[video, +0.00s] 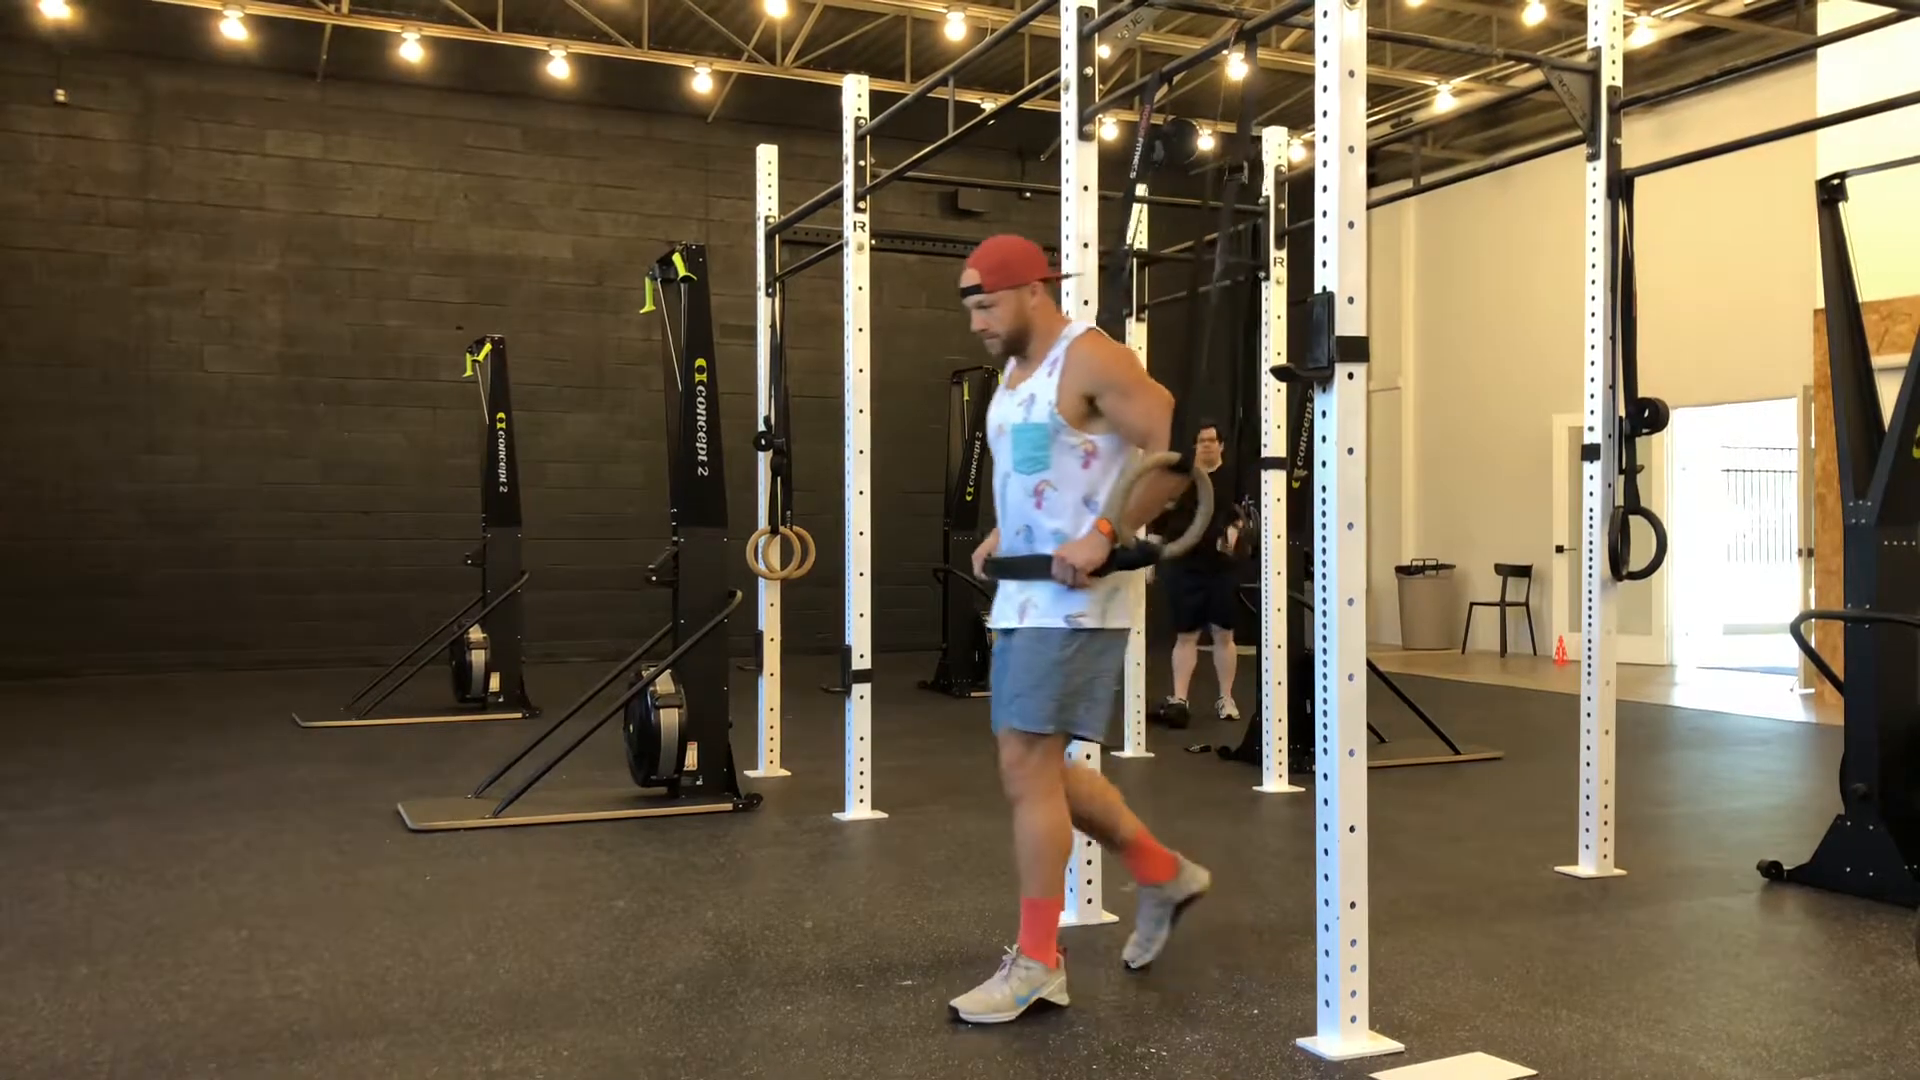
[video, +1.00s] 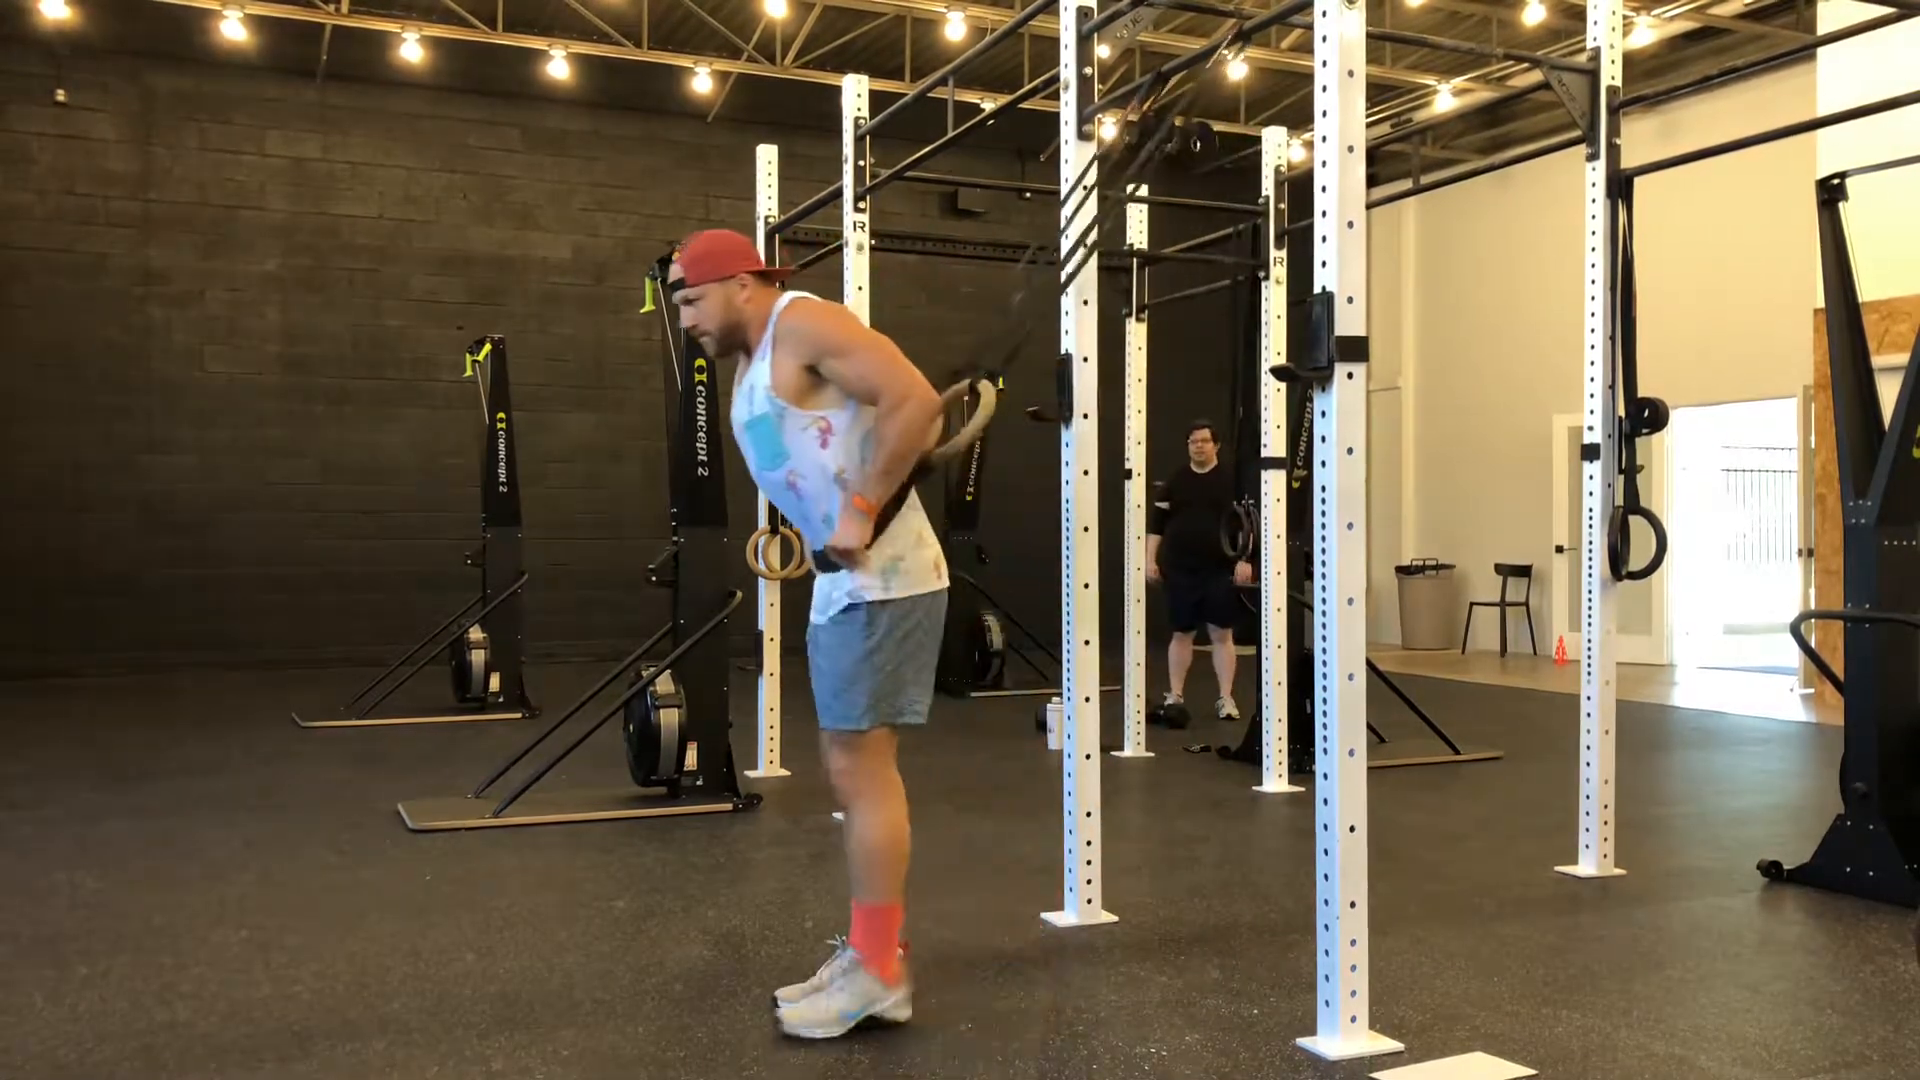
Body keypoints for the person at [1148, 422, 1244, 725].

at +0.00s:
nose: (1209, 446)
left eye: (1213, 441)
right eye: (1203, 441)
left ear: (1222, 445)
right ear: (1193, 447)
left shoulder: (1233, 479)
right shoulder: (1179, 481)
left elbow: (1245, 515)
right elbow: (1157, 523)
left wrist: (1237, 533)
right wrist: (1149, 560)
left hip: (1221, 565)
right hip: (1184, 566)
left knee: (1224, 635)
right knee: (1186, 635)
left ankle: (1226, 698)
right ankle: (1179, 699)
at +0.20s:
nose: (1214, 447)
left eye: (1219, 441)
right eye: (1209, 442)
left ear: (1229, 445)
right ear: (1201, 446)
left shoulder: (1241, 478)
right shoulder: (1187, 478)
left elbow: (1255, 517)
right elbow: (1172, 516)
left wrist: (1243, 539)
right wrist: (1165, 555)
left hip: (1226, 567)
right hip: (1190, 566)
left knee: (1228, 635)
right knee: (1189, 634)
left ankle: (1227, 699)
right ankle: (1179, 698)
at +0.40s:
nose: (1216, 448)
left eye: (1221, 442)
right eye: (1211, 443)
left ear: (1232, 445)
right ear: (1203, 446)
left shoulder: (1245, 480)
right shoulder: (1191, 480)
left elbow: (1258, 522)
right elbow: (1174, 520)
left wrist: (1248, 555)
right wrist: (1171, 555)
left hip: (1229, 569)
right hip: (1193, 567)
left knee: (1229, 634)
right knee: (1186, 634)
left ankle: (1226, 698)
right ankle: (1173, 696)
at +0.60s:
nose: (1215, 447)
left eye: (1221, 442)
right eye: (1209, 442)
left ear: (1231, 445)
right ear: (1202, 446)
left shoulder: (1243, 480)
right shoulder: (1189, 480)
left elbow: (1256, 525)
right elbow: (1173, 523)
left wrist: (1254, 563)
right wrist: (1169, 558)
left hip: (1230, 570)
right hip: (1192, 567)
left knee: (1229, 634)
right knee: (1184, 632)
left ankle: (1227, 698)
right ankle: (1172, 694)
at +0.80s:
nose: (1206, 447)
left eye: (1211, 441)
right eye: (1201, 442)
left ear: (1223, 445)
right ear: (1194, 446)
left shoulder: (1238, 480)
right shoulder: (1181, 481)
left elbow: (1254, 524)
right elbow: (1165, 524)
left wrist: (1253, 561)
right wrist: (1160, 560)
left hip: (1226, 569)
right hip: (1186, 568)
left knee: (1225, 633)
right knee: (1185, 633)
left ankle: (1226, 699)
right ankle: (1175, 695)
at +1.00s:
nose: (1198, 447)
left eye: (1203, 442)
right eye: (1193, 442)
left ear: (1215, 445)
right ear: (1187, 446)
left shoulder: (1231, 480)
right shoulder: (1176, 480)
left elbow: (1249, 523)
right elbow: (1157, 522)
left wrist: (1246, 559)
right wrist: (1150, 558)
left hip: (1220, 569)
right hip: (1180, 568)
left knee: (1221, 634)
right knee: (1181, 634)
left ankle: (1226, 698)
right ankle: (1175, 695)